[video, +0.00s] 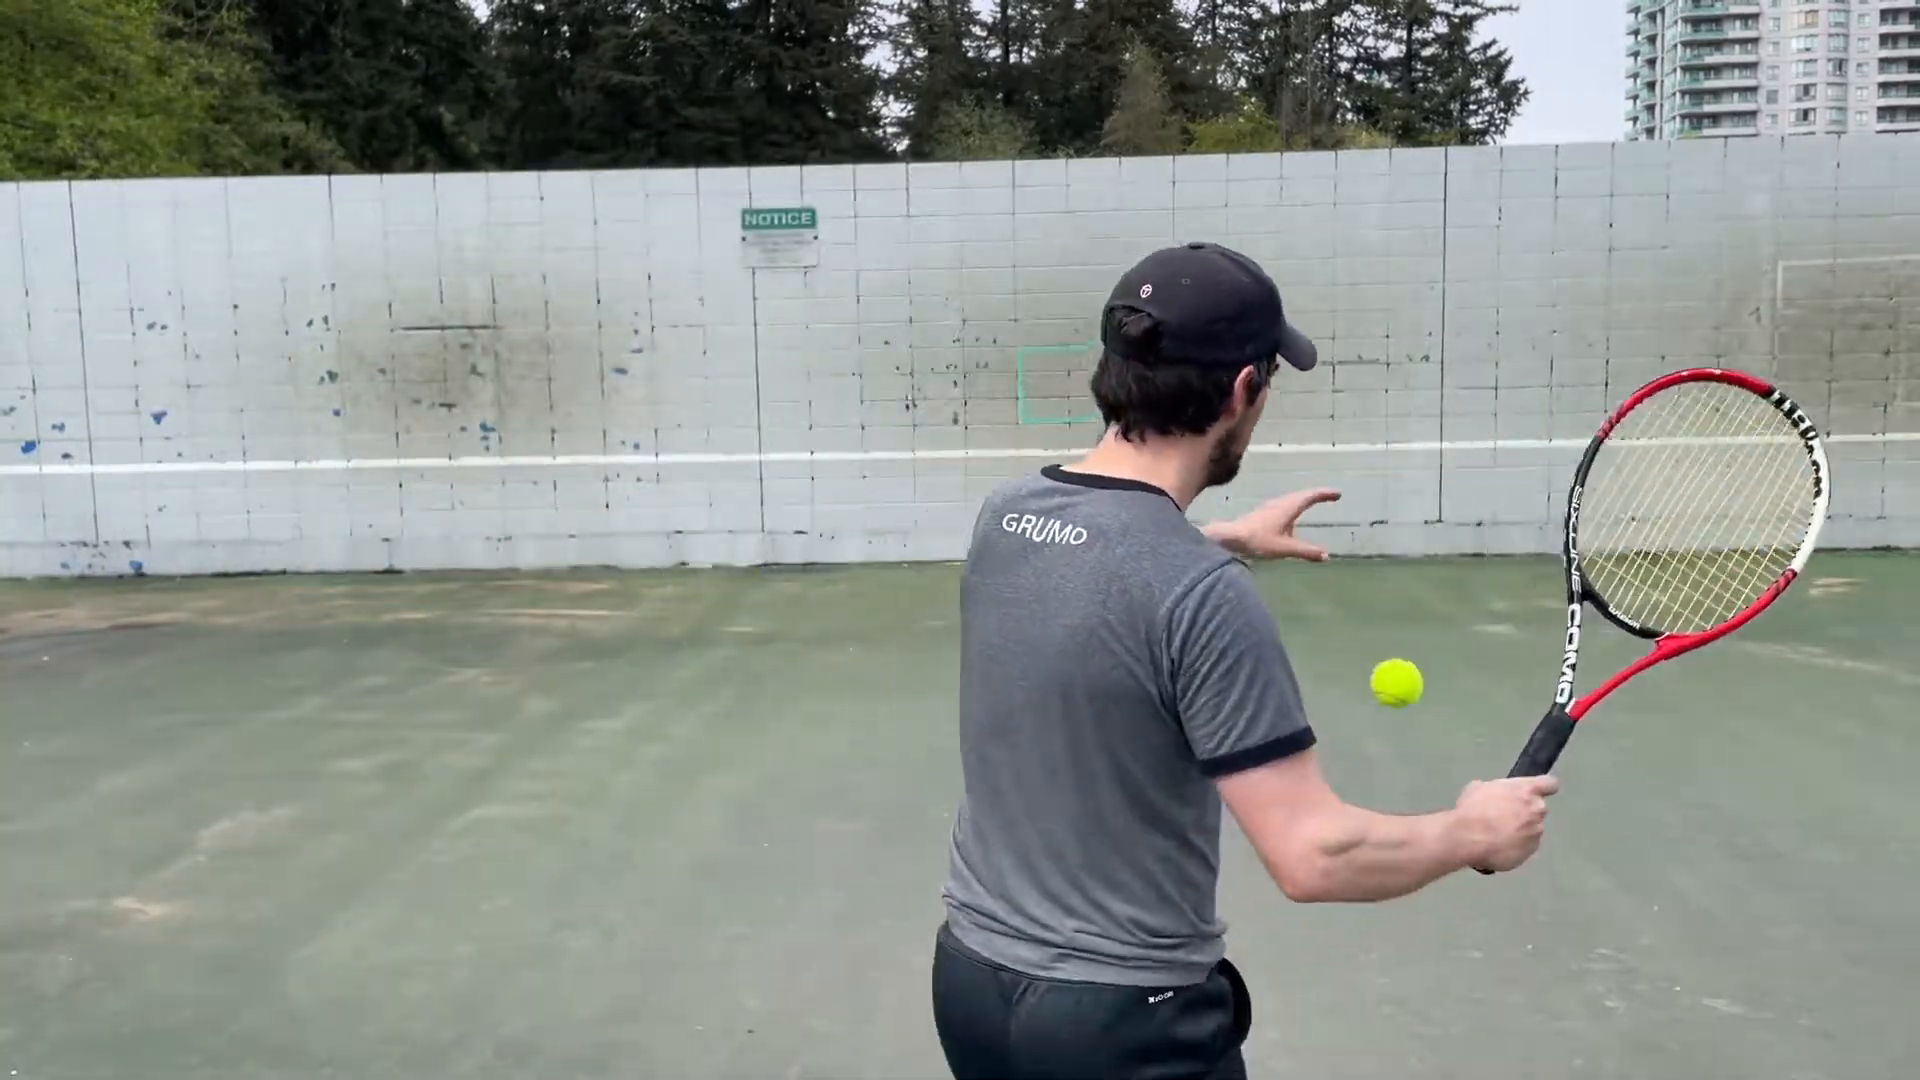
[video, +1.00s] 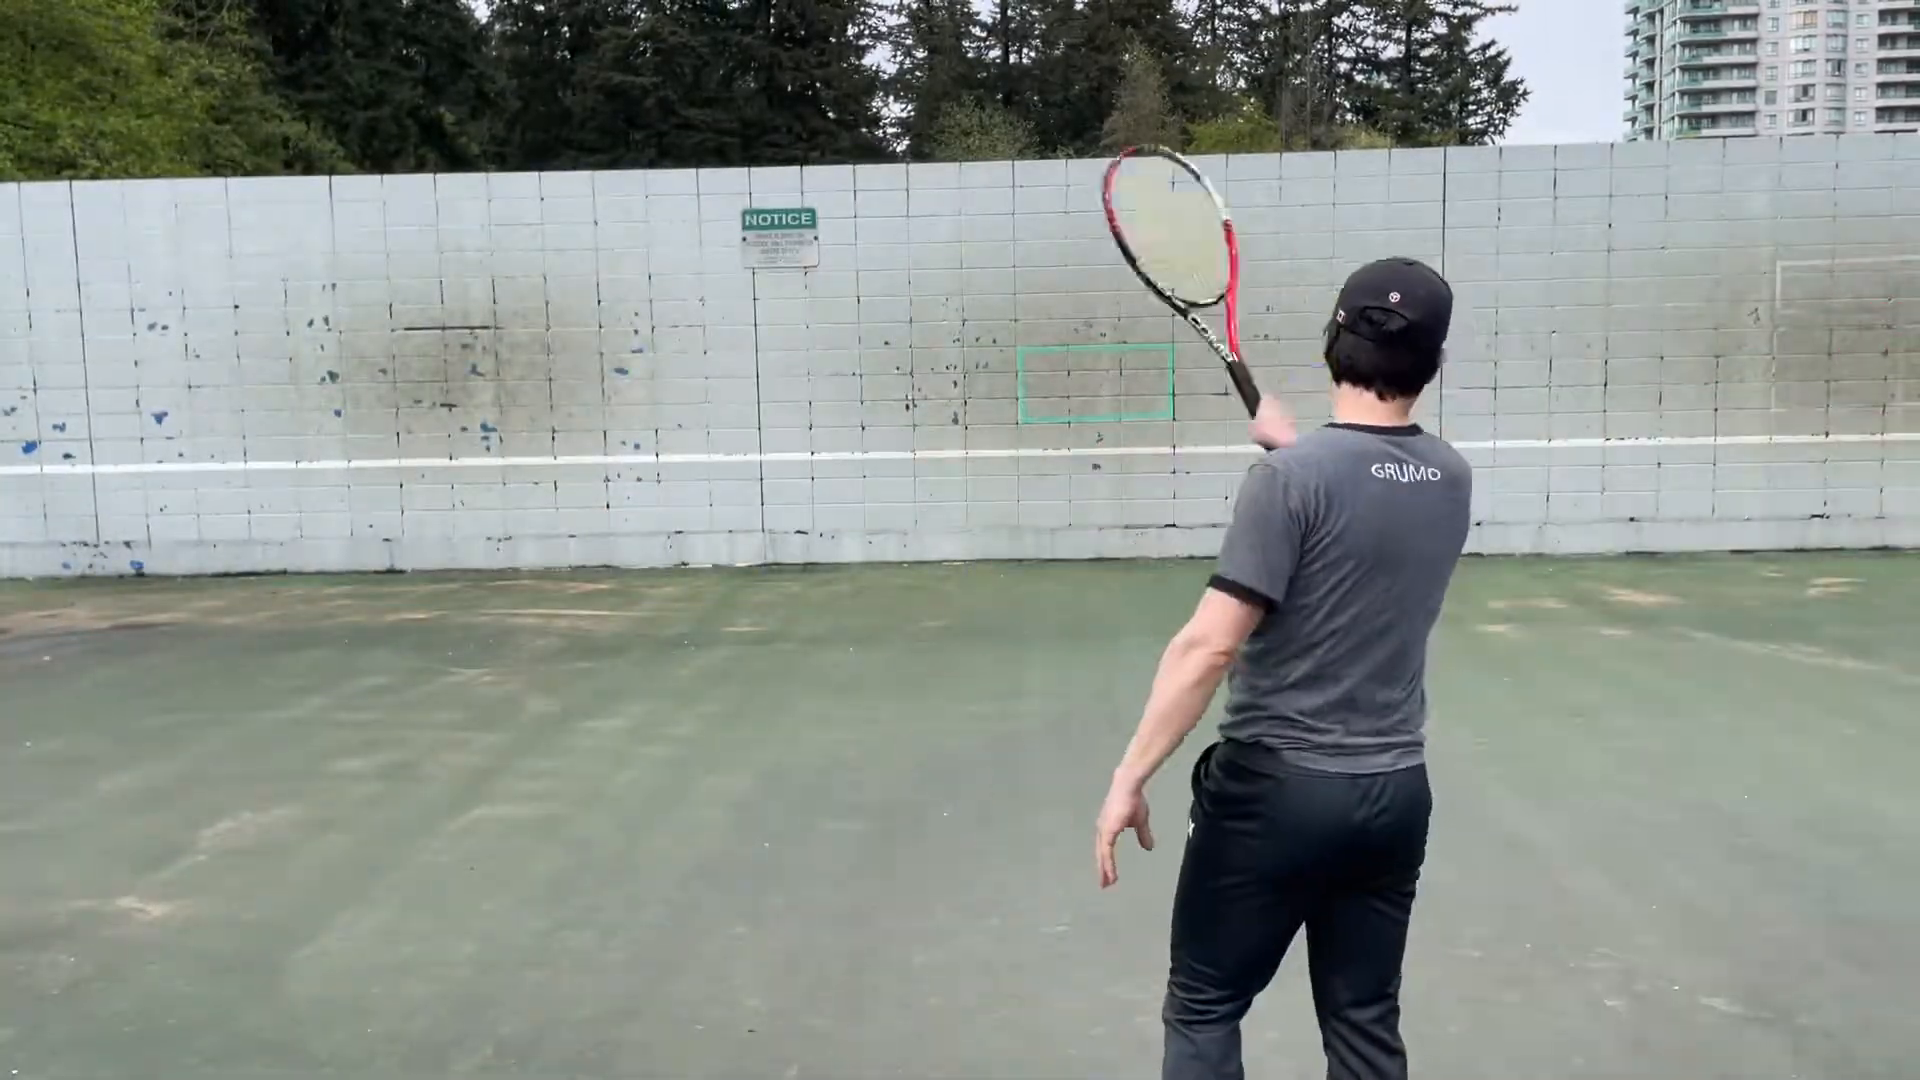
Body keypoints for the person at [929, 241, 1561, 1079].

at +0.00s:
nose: (1266, 396)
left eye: (1268, 376)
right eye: (1267, 377)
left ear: (1120, 366)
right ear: (1240, 392)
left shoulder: (1005, 517)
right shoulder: (1199, 589)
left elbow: (1098, 567)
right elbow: (1312, 854)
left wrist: (1229, 538)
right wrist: (1469, 832)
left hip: (972, 985)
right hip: (1129, 1018)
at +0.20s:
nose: (1299, 416)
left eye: (1306, 396)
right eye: (1303, 395)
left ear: (1165, 377)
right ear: (1275, 398)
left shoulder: (1058, 500)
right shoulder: (1207, 560)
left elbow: (1124, 499)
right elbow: (1303, 778)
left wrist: (1209, 518)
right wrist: (1543, 769)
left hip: (1013, 921)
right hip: (1146, 960)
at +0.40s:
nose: (1359, 463)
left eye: (1367, 442)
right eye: (1365, 440)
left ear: (1243, 416)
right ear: (1338, 439)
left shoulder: (1119, 513)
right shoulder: (1258, 555)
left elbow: (1073, 531)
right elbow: (1296, 724)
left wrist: (1182, 496)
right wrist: (1528, 753)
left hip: (1065, 905)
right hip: (1206, 935)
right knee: (1293, 1061)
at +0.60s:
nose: (1441, 457)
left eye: (1443, 439)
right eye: (1444, 439)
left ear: (1328, 418)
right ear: (1427, 441)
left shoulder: (1206, 493)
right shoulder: (1379, 557)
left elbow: (1056, 519)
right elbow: (1436, 720)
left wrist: (983, 538)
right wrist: (1568, 867)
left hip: (1157, 867)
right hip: (1293, 889)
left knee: (1142, 1070)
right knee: (1337, 1064)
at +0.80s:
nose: (1460, 411)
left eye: (1462, 394)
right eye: (1464, 397)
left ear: (1351, 380)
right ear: (1447, 406)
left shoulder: (1247, 485)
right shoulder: (1452, 543)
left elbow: (1104, 592)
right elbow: (1475, 724)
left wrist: (984, 682)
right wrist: (1516, 858)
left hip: (1227, 824)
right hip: (1358, 838)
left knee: (1186, 1047)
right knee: (1359, 1038)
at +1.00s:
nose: (1339, 342)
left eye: (1338, 329)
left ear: (1335, 339)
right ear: (1435, 361)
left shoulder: (1289, 473)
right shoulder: (1449, 476)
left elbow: (1208, 646)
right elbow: (1371, 517)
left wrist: (1131, 777)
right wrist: (1293, 448)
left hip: (1274, 791)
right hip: (1391, 795)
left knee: (1203, 1008)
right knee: (1366, 1020)